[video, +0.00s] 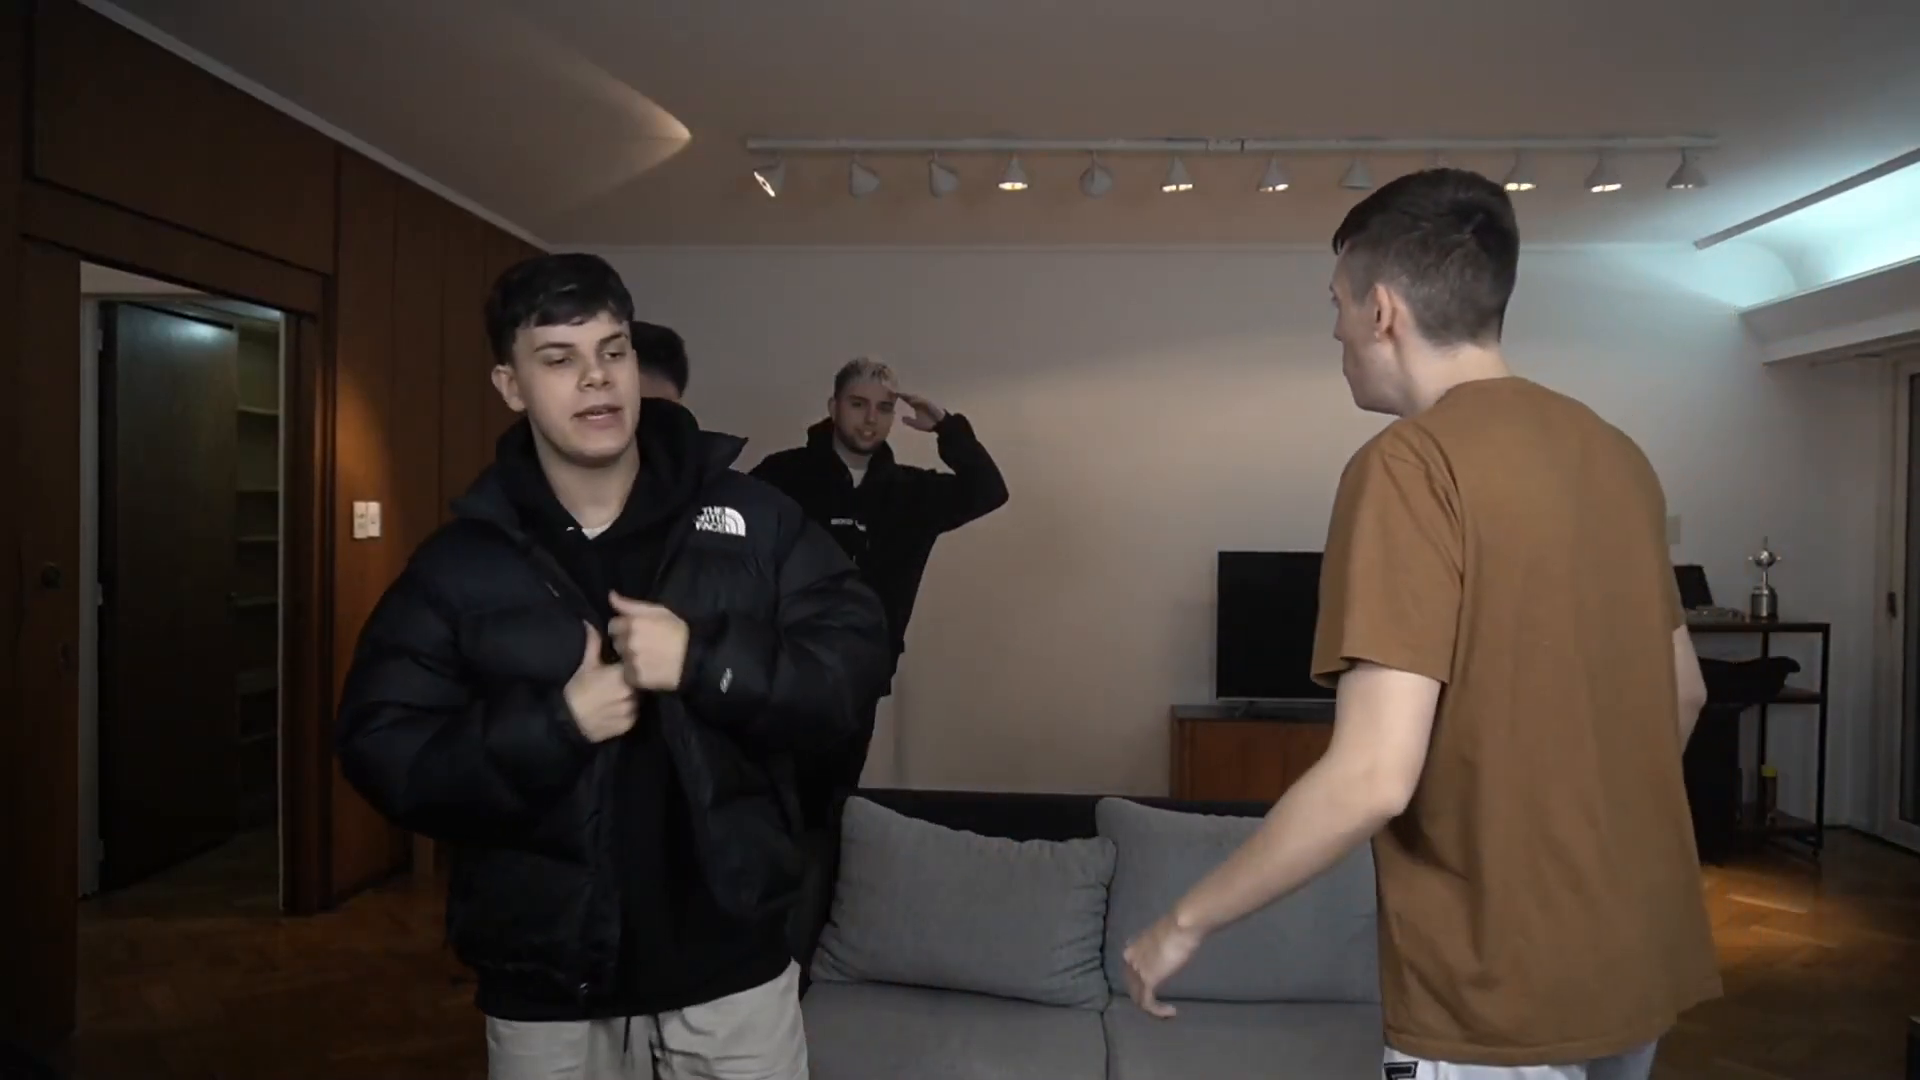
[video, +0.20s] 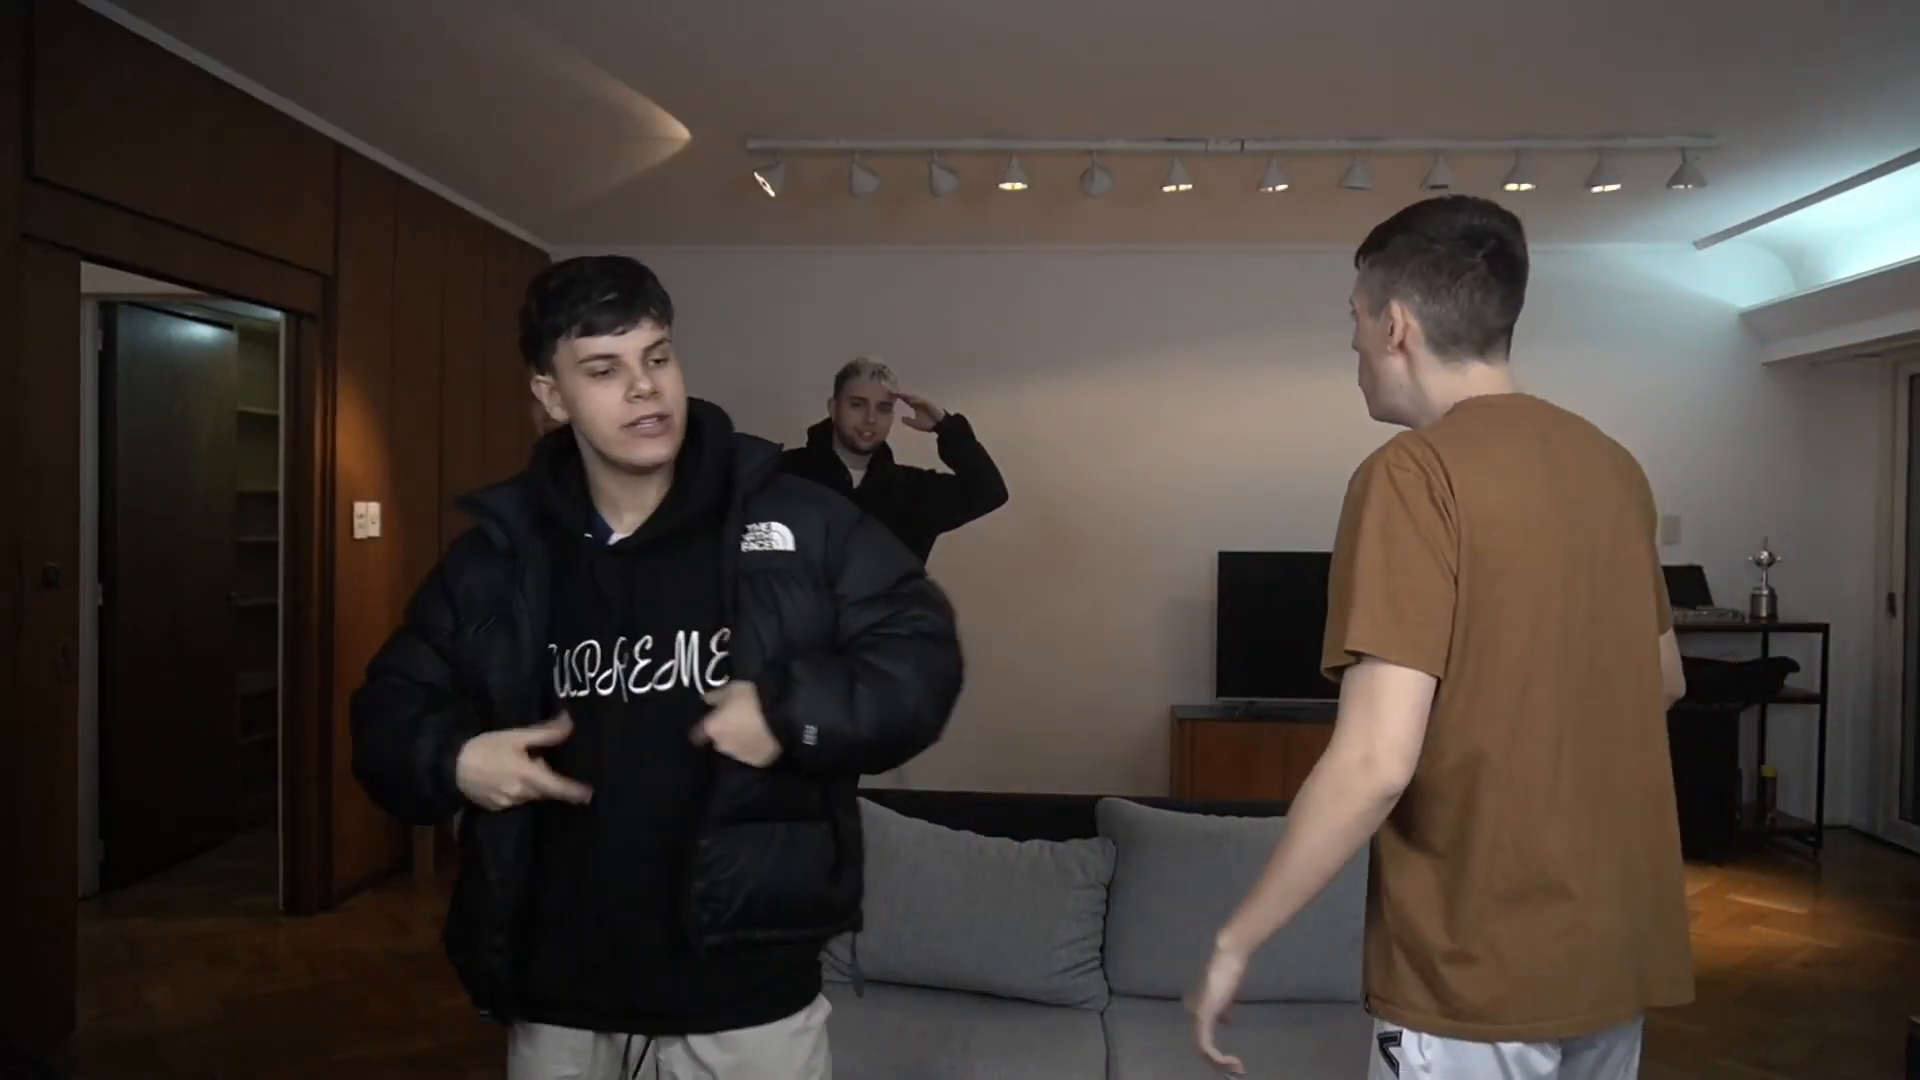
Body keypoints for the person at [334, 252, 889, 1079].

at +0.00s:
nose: (597, 381)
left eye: (614, 354)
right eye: (561, 359)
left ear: (640, 367)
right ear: (509, 384)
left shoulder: (746, 518)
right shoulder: (465, 561)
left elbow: (854, 669)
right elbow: (379, 742)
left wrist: (704, 660)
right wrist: (557, 725)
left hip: (730, 960)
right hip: (549, 976)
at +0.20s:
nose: (644, 391)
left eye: (657, 360)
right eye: (606, 371)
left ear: (681, 362)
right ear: (551, 395)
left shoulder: (793, 517)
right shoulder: (505, 546)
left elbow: (922, 654)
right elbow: (387, 711)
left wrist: (795, 712)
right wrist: (453, 760)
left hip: (747, 991)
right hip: (559, 990)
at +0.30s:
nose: (683, 393)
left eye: (695, 360)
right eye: (642, 373)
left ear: (719, 362)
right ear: (591, 396)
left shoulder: (826, 515)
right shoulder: (545, 539)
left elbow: (979, 636)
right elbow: (429, 690)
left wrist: (857, 719)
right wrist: (488, 748)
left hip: (779, 989)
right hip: (592, 985)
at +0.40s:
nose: (729, 392)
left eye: (742, 359)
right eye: (687, 372)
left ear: (766, 361)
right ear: (635, 395)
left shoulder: (879, 517)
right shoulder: (586, 532)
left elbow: (1022, 638)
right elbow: (492, 672)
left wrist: (887, 732)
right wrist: (539, 736)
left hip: (816, 984)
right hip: (629, 981)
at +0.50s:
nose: (773, 394)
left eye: (787, 361)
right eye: (732, 371)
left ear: (810, 362)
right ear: (678, 389)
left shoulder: (923, 523)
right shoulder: (625, 530)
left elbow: (1059, 657)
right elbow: (525, 674)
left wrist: (912, 749)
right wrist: (558, 737)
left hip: (851, 1003)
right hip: (656, 997)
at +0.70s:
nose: (816, 385)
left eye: (835, 352)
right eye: (778, 361)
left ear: (867, 356)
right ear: (731, 378)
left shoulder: (975, 527)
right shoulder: (673, 525)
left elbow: (1110, 679)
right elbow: (577, 672)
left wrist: (973, 767)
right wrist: (592, 729)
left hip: (883, 1005)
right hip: (695, 993)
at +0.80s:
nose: (829, 385)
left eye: (851, 352)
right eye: (793, 360)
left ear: (884, 358)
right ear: (750, 377)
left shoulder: (990, 536)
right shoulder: (691, 528)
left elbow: (1120, 689)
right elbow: (592, 666)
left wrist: (972, 775)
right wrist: (607, 725)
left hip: (889, 1012)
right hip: (705, 999)